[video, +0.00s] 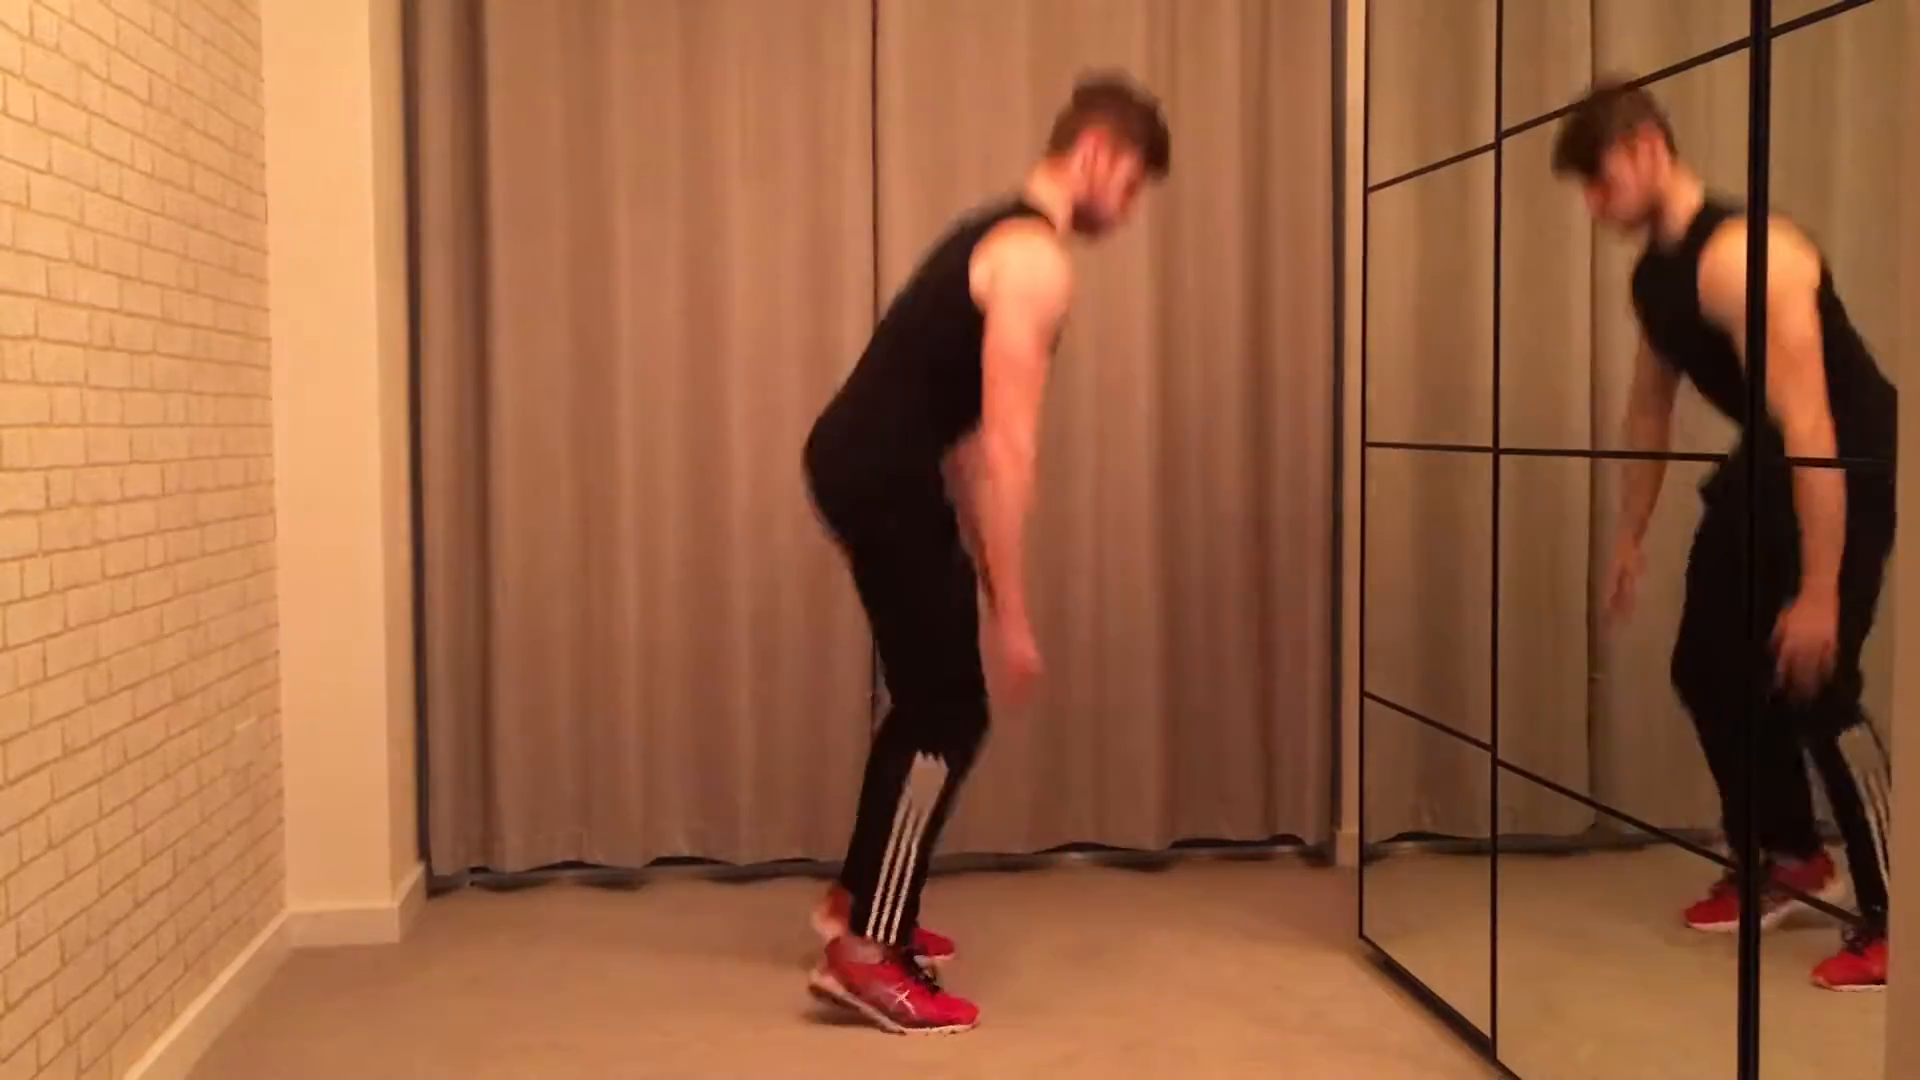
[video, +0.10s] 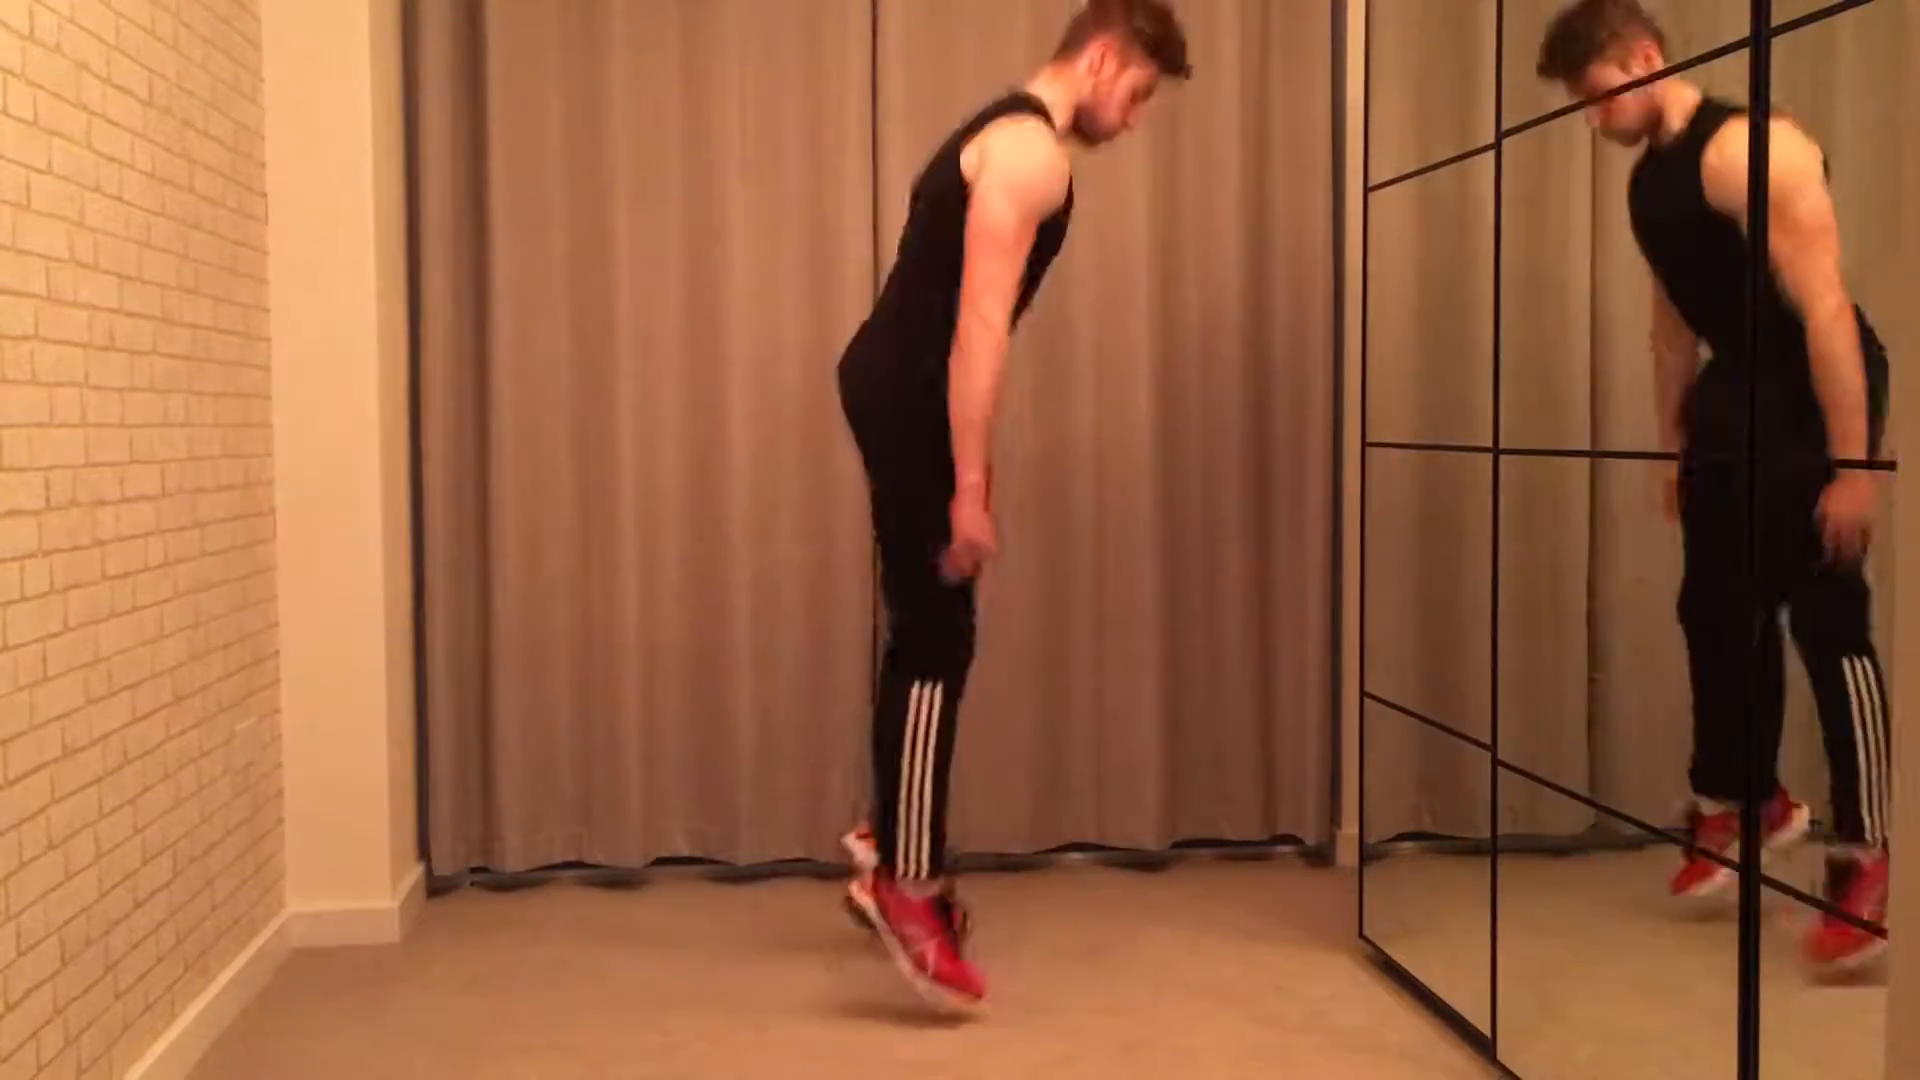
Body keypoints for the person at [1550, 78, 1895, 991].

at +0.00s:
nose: (1593, 204)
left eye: (1599, 178)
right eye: (1585, 186)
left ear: (1652, 149)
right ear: (1627, 165)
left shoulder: (1753, 257)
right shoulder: (1659, 274)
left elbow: (1807, 431)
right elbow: (1650, 410)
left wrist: (1819, 592)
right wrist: (1630, 536)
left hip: (1849, 468)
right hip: (1767, 462)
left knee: (1806, 686)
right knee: (1707, 668)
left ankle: (1885, 917)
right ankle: (1788, 856)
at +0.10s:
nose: (1596, 119)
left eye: (1602, 96)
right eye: (1585, 104)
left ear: (1649, 63)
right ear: (1599, 91)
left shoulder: (1756, 150)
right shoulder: (1648, 169)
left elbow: (1828, 310)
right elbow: (1673, 324)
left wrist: (1852, 464)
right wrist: (1677, 447)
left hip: (1819, 383)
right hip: (1734, 387)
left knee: (1828, 615)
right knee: (1715, 603)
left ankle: (1864, 850)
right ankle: (1739, 797)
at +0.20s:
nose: (1576, 93)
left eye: (1579, 70)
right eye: (1564, 79)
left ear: (1631, 33)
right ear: (1616, 48)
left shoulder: (1746, 122)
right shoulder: (1640, 150)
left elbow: (1842, 271)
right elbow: (1672, 293)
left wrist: (1873, 427)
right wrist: (1697, 396)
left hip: (1795, 392)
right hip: (1711, 395)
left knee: (1794, 588)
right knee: (1687, 576)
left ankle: (1840, 806)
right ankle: (1702, 769)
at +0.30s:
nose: (1557, 132)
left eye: (1558, 109)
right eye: (1545, 116)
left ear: (1607, 73)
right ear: (1591, 87)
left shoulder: (1735, 154)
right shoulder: (1623, 179)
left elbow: (1838, 292)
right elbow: (1661, 307)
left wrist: (1880, 438)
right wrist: (1689, 392)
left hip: (1798, 400)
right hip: (1707, 399)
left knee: (1761, 612)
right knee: (1668, 587)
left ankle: (1759, 825)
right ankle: (1651, 782)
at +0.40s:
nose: (1544, 218)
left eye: (1546, 195)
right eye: (1531, 204)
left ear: (1589, 159)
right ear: (1556, 183)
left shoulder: (1708, 237)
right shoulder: (1615, 261)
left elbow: (1825, 363)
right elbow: (1650, 390)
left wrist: (1884, 511)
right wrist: (1691, 465)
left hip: (1798, 468)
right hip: (1705, 463)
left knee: (1726, 661)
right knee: (1640, 636)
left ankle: (1707, 873)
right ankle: (1607, 828)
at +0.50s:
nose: (1535, 348)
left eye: (1535, 328)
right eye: (1523, 335)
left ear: (1577, 296)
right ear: (1568, 305)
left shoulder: (1697, 371)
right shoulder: (1602, 383)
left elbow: (1829, 499)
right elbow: (1646, 503)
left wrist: (1883, 655)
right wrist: (1669, 596)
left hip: (1796, 553)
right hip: (1705, 545)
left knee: (1655, 711)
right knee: (1583, 686)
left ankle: (1690, 923)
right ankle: (1613, 884)